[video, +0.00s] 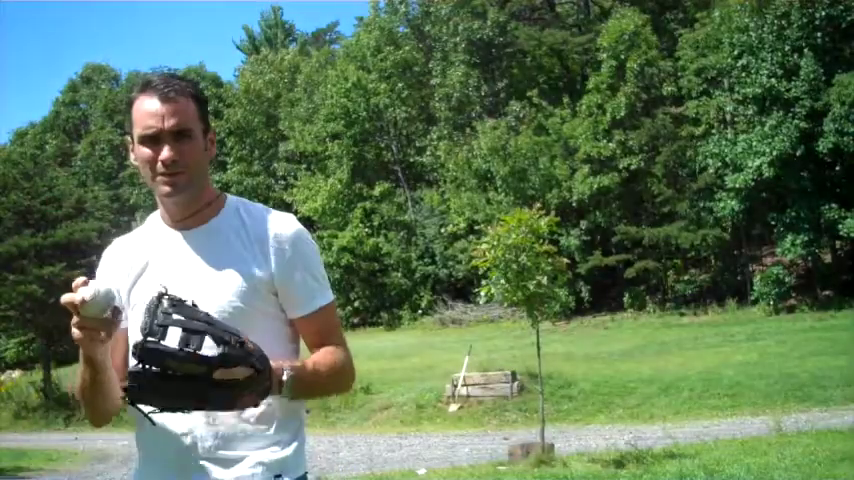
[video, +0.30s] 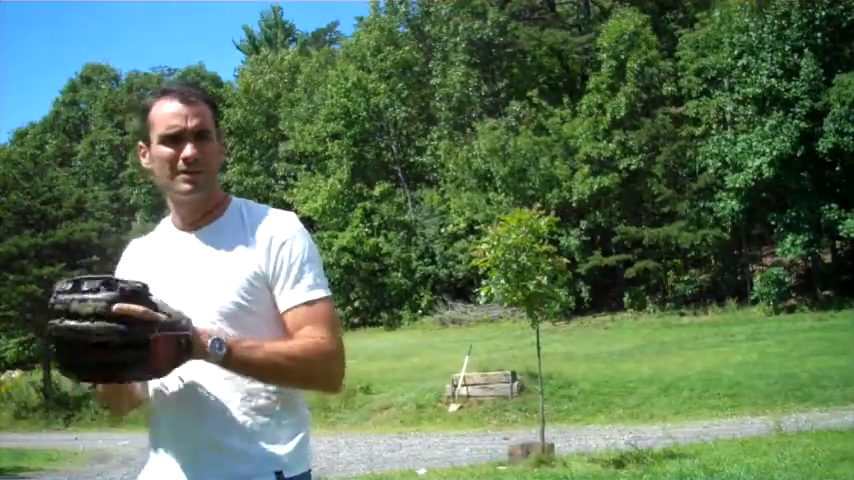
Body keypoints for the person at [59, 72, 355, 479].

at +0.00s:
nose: (167, 155)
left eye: (182, 136)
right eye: (151, 140)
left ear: (209, 143)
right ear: (133, 152)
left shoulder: (278, 236)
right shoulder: (120, 258)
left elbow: (339, 368)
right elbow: (101, 412)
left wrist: (274, 376)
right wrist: (93, 350)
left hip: (265, 469)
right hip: (162, 471)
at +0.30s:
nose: (190, 153)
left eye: (202, 137)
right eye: (173, 140)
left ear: (222, 148)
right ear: (146, 156)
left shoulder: (276, 232)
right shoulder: (137, 259)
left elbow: (327, 365)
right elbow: (124, 401)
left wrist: (203, 343)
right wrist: (105, 355)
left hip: (268, 466)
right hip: (171, 467)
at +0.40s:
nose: (199, 149)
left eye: (210, 134)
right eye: (181, 136)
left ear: (226, 146)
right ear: (151, 154)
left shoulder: (278, 235)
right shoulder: (142, 258)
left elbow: (315, 372)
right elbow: (157, 396)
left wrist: (187, 349)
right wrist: (116, 402)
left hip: (268, 468)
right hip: (170, 469)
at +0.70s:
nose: (219, 138)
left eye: (230, 125)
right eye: (200, 125)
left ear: (242, 138)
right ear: (165, 144)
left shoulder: (293, 225)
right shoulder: (166, 250)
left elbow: (345, 352)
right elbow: (170, 366)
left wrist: (214, 294)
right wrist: (91, 460)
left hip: (283, 467)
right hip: (181, 468)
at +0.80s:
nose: (232, 128)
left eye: (241, 115)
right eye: (212, 116)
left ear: (254, 129)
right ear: (177, 138)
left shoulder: (307, 218)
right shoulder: (174, 241)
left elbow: (376, 346)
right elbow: (156, 364)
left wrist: (247, 285)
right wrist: (57, 409)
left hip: (295, 468)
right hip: (190, 468)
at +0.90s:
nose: (252, 120)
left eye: (261, 108)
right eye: (232, 108)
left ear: (272, 123)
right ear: (193, 130)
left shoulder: (327, 214)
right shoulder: (185, 237)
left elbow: (411, 344)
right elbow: (139, 344)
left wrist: (295, 290)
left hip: (315, 465)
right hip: (204, 466)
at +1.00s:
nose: (275, 111)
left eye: (281, 98)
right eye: (254, 98)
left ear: (290, 111)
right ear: (212, 121)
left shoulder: (354, 213)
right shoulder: (190, 230)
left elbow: (445, 352)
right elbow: (98, 321)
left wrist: (352, 301)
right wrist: (9, 279)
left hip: (335, 465)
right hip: (220, 465)